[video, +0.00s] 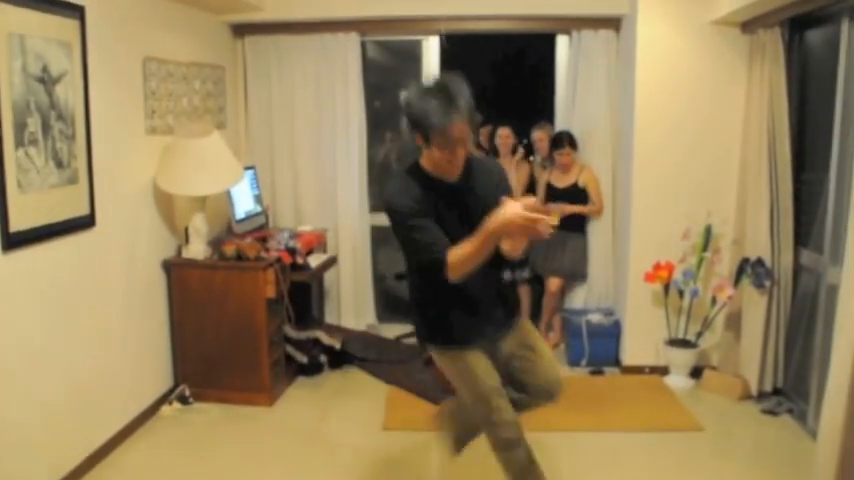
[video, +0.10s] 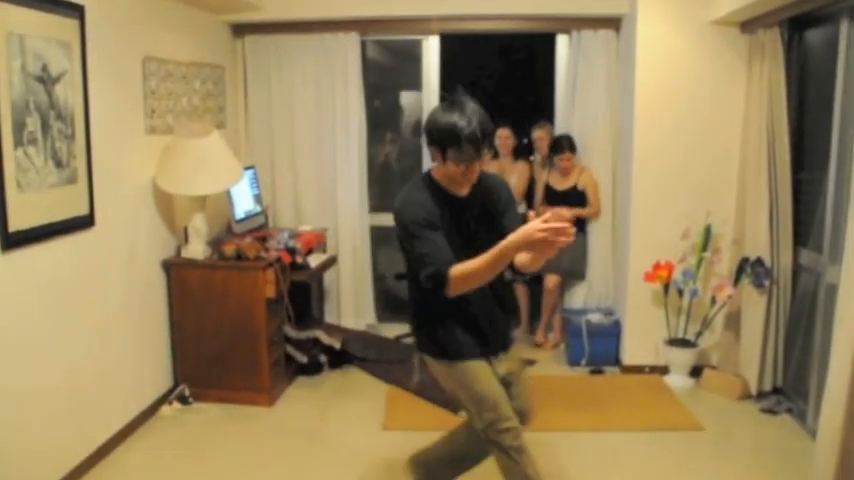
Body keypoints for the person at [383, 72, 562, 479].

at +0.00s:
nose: (459, 157)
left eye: (465, 144)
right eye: (447, 147)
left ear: (472, 135)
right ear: (422, 142)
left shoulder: (486, 172)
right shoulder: (405, 195)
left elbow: (512, 251)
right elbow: (449, 269)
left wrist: (521, 226)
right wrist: (496, 225)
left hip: (496, 311)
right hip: (449, 327)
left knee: (545, 383)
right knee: (499, 418)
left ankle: (456, 420)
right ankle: (529, 476)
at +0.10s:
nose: (472, 171)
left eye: (478, 161)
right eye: (461, 163)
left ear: (486, 154)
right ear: (437, 155)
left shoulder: (492, 188)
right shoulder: (415, 204)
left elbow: (523, 262)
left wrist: (546, 245)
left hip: (494, 324)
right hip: (447, 334)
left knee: (514, 415)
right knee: (503, 427)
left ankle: (428, 466)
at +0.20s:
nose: (473, 161)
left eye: (480, 150)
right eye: (462, 151)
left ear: (488, 144)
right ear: (440, 144)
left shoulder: (496, 184)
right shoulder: (415, 189)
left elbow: (513, 260)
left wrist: (543, 237)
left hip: (474, 325)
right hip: (426, 326)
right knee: (483, 428)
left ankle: (403, 476)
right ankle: (507, 476)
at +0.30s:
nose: (466, 150)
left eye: (475, 139)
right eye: (456, 139)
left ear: (487, 135)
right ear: (437, 132)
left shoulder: (497, 182)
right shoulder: (412, 177)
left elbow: (503, 256)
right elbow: (414, 259)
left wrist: (532, 225)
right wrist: (446, 228)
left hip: (460, 311)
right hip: (410, 311)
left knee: (431, 409)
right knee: (455, 405)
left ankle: (396, 472)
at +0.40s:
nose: (448, 129)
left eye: (458, 119)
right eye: (440, 118)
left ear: (477, 114)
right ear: (427, 113)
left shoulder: (493, 163)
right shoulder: (407, 154)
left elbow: (486, 244)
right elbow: (398, 240)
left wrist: (478, 214)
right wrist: (402, 220)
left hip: (452, 288)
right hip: (400, 282)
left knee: (430, 402)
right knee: (421, 378)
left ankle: (394, 474)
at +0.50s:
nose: (434, 137)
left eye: (445, 127)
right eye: (427, 126)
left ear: (468, 120)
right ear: (416, 118)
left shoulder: (490, 166)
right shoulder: (400, 152)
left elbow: (474, 243)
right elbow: (387, 238)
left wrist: (416, 219)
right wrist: (406, 209)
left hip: (447, 296)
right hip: (391, 285)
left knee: (416, 408)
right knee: (381, 379)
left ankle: (387, 473)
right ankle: (361, 401)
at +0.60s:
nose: (418, 168)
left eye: (427, 157)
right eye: (410, 158)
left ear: (451, 146)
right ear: (400, 149)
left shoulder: (481, 197)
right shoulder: (397, 180)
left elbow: (467, 275)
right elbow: (371, 261)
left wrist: (403, 249)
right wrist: (375, 242)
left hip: (435, 333)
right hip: (381, 315)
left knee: (388, 437)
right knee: (344, 410)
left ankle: (369, 474)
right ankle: (412, 421)